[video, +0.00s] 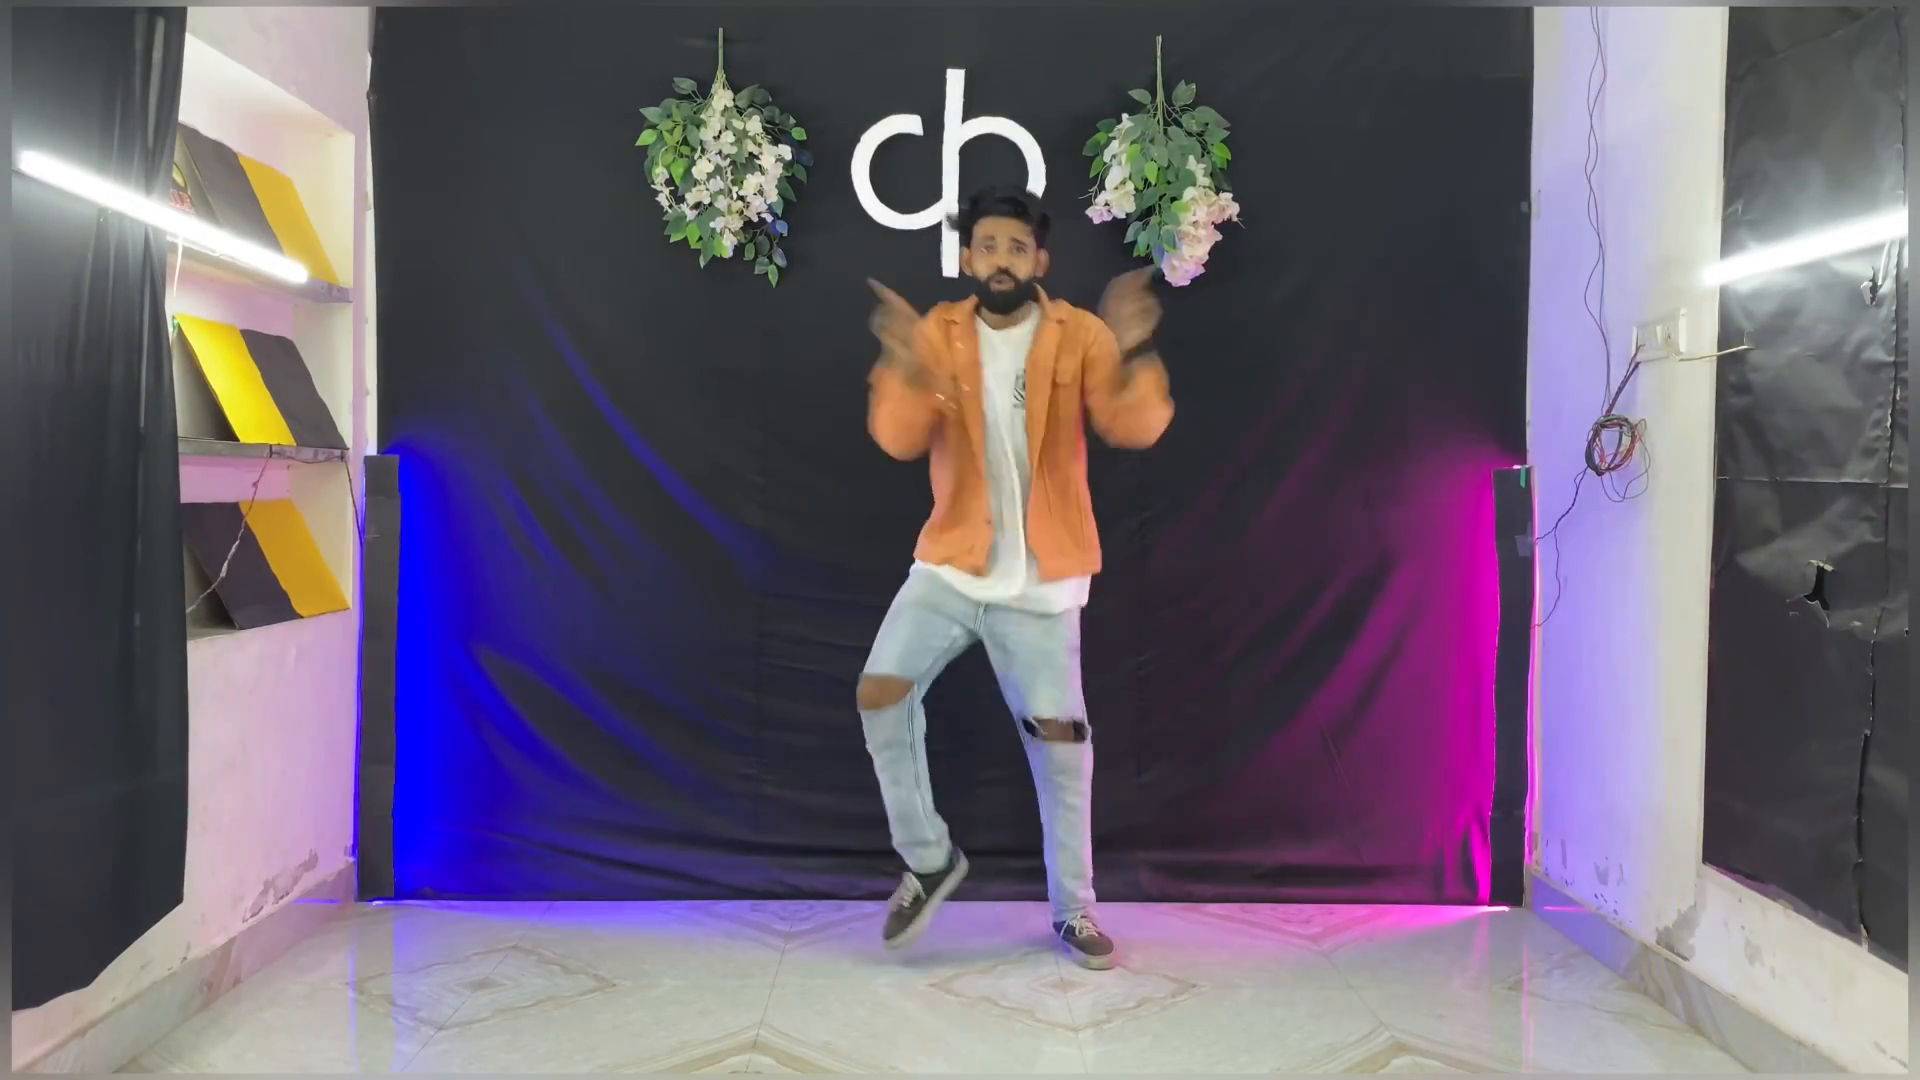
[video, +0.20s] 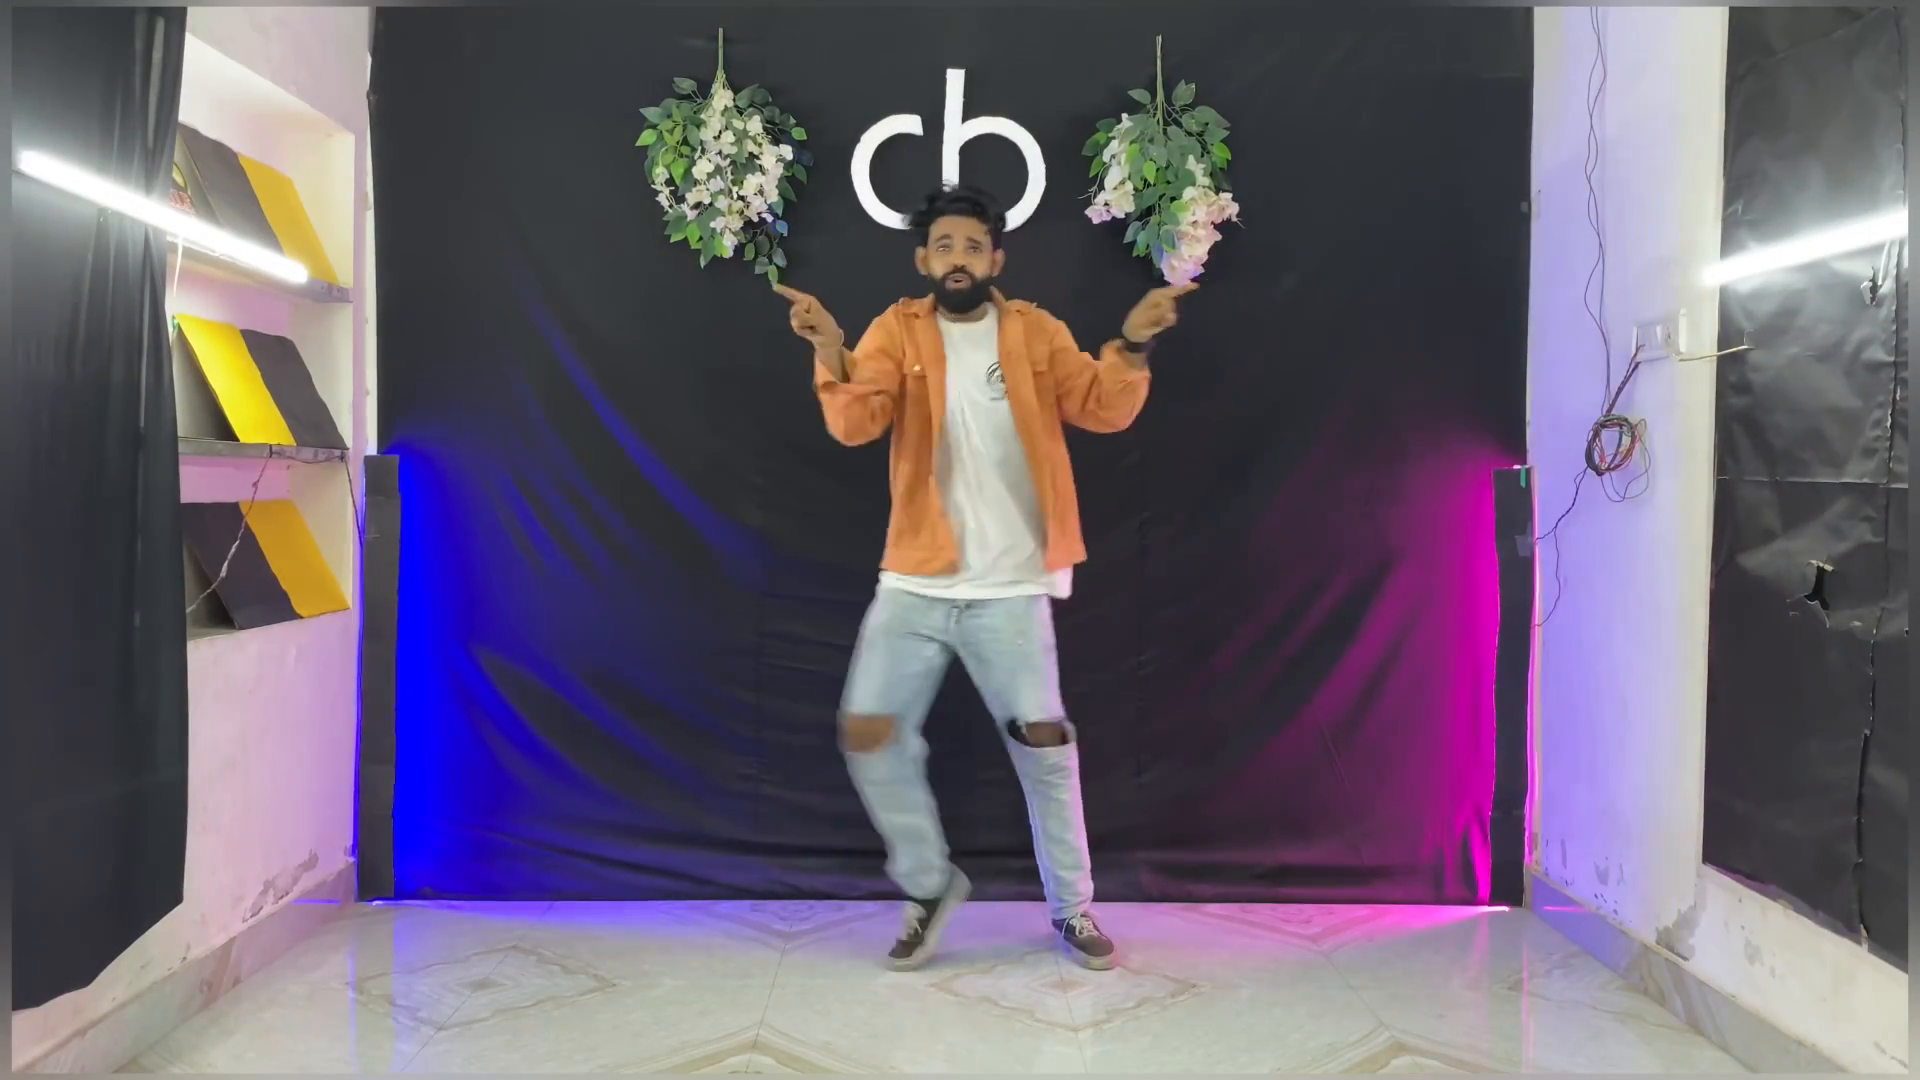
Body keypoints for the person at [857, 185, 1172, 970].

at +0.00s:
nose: (998, 258)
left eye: (1013, 245)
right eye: (985, 244)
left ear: (1041, 255)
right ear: (966, 254)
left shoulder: (1081, 334)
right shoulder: (941, 328)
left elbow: (1135, 426)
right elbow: (899, 437)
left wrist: (1136, 350)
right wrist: (903, 358)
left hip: (1044, 567)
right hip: (953, 556)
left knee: (1058, 733)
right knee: (882, 692)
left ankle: (1075, 909)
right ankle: (928, 861)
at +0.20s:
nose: (957, 258)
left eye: (973, 245)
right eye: (942, 245)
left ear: (997, 256)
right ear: (921, 256)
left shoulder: (1033, 330)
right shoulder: (898, 330)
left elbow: (1103, 408)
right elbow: (856, 422)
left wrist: (1131, 343)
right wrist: (830, 351)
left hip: (1012, 582)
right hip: (915, 578)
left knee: (1044, 740)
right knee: (869, 729)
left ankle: (1072, 907)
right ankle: (931, 885)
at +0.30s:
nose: (923, 264)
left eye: (939, 251)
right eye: (910, 251)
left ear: (969, 264)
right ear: (891, 266)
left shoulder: (1014, 335)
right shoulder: (872, 332)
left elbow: (1109, 373)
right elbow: (796, 392)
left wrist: (1158, 297)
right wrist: (750, 309)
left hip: (986, 588)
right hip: (884, 577)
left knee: (1027, 741)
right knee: (799, 709)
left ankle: (1071, 905)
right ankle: (829, 882)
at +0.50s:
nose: (855, 356)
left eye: (871, 343)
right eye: (841, 344)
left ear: (901, 352)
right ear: (823, 358)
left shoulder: (950, 426)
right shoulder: (791, 427)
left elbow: (1051, 449)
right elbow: (685, 472)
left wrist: (1149, 470)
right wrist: (580, 484)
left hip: (902, 679)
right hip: (804, 667)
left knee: (912, 856)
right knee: (734, 808)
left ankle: (1054, 914)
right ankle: (648, 926)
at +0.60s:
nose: (852, 384)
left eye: (866, 371)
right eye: (836, 371)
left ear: (892, 385)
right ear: (815, 388)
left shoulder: (940, 468)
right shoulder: (788, 465)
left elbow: (1008, 555)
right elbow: (729, 563)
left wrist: (1082, 632)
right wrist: (655, 641)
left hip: (902, 697)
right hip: (805, 688)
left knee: (907, 866)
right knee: (750, 831)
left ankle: (1052, 918)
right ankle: (648, 934)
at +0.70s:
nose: (882, 372)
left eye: (896, 358)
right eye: (866, 359)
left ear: (920, 370)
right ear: (842, 374)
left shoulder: (963, 449)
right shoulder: (818, 452)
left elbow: (991, 559)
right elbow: (805, 559)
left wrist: (1007, 664)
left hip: (948, 679)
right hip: (854, 684)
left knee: (965, 825)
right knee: (789, 825)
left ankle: (1060, 924)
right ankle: (661, 928)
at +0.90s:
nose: (963, 312)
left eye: (977, 299)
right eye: (947, 298)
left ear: (1001, 310)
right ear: (923, 312)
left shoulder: (1035, 377)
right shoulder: (901, 383)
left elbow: (1086, 481)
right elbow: (856, 498)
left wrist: (1069, 481)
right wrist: (889, 445)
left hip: (1029, 605)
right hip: (939, 603)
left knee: (1060, 764)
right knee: (920, 751)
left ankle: (1066, 915)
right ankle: (882, 886)